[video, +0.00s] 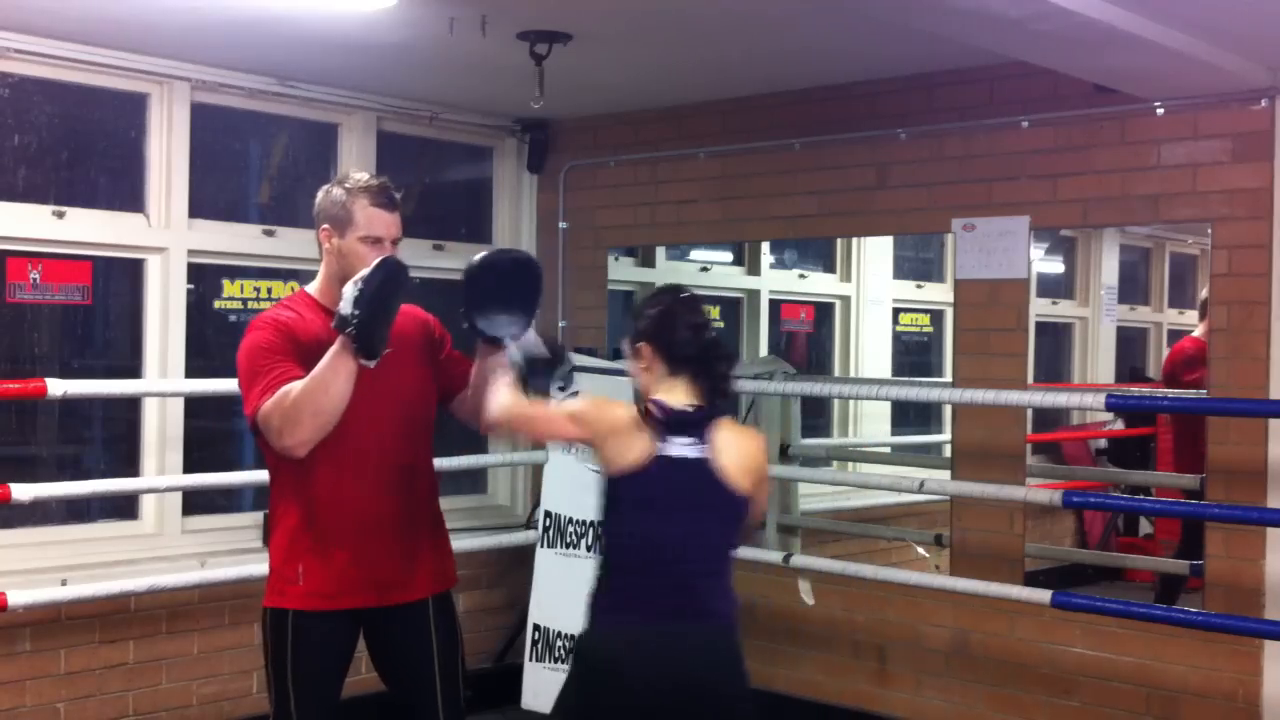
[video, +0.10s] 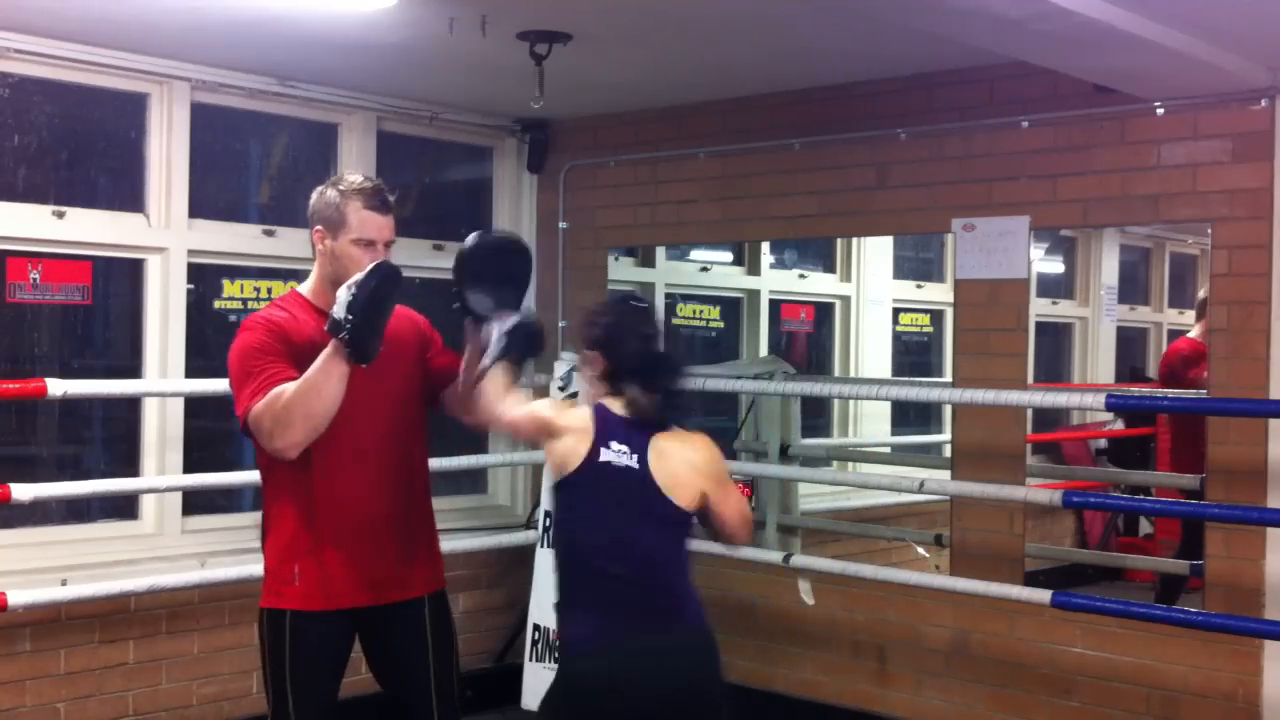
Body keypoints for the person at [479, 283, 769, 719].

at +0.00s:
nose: (632, 370)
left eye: (631, 359)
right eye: (630, 360)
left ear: (646, 357)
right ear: (708, 358)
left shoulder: (612, 421)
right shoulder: (749, 446)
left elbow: (501, 411)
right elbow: (746, 524)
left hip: (618, 654)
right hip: (708, 657)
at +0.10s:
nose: (582, 363)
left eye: (585, 354)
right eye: (584, 353)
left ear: (598, 364)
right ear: (654, 363)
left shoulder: (563, 422)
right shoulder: (696, 452)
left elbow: (492, 405)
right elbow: (738, 531)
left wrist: (509, 348)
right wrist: (696, 496)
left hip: (592, 669)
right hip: (680, 668)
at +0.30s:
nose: (493, 378)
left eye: (498, 363)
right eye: (492, 363)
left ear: (534, 364)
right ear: (536, 366)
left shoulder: (601, 449)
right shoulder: (540, 434)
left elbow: (592, 573)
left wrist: (523, 514)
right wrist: (506, 475)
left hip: (639, 674)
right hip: (599, 666)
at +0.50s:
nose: (482, 389)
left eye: (483, 373)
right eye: (479, 374)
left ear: (511, 371)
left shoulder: (566, 456)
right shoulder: (586, 427)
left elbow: (502, 566)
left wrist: (475, 479)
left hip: (620, 679)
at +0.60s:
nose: (525, 379)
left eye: (524, 365)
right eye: (522, 366)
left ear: (543, 358)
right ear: (594, 352)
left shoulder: (563, 445)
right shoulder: (651, 424)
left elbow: (497, 541)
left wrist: (481, 456)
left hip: (622, 672)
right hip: (689, 657)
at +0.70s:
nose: (576, 375)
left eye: (577, 362)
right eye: (576, 362)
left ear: (596, 359)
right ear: (648, 351)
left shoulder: (603, 440)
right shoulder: (706, 430)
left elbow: (545, 534)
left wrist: (530, 453)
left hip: (647, 668)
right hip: (722, 659)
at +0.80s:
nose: (622, 376)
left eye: (622, 363)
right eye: (618, 364)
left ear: (643, 359)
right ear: (694, 353)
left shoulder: (644, 431)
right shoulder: (750, 430)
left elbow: (592, 538)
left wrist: (577, 454)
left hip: (680, 660)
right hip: (759, 651)